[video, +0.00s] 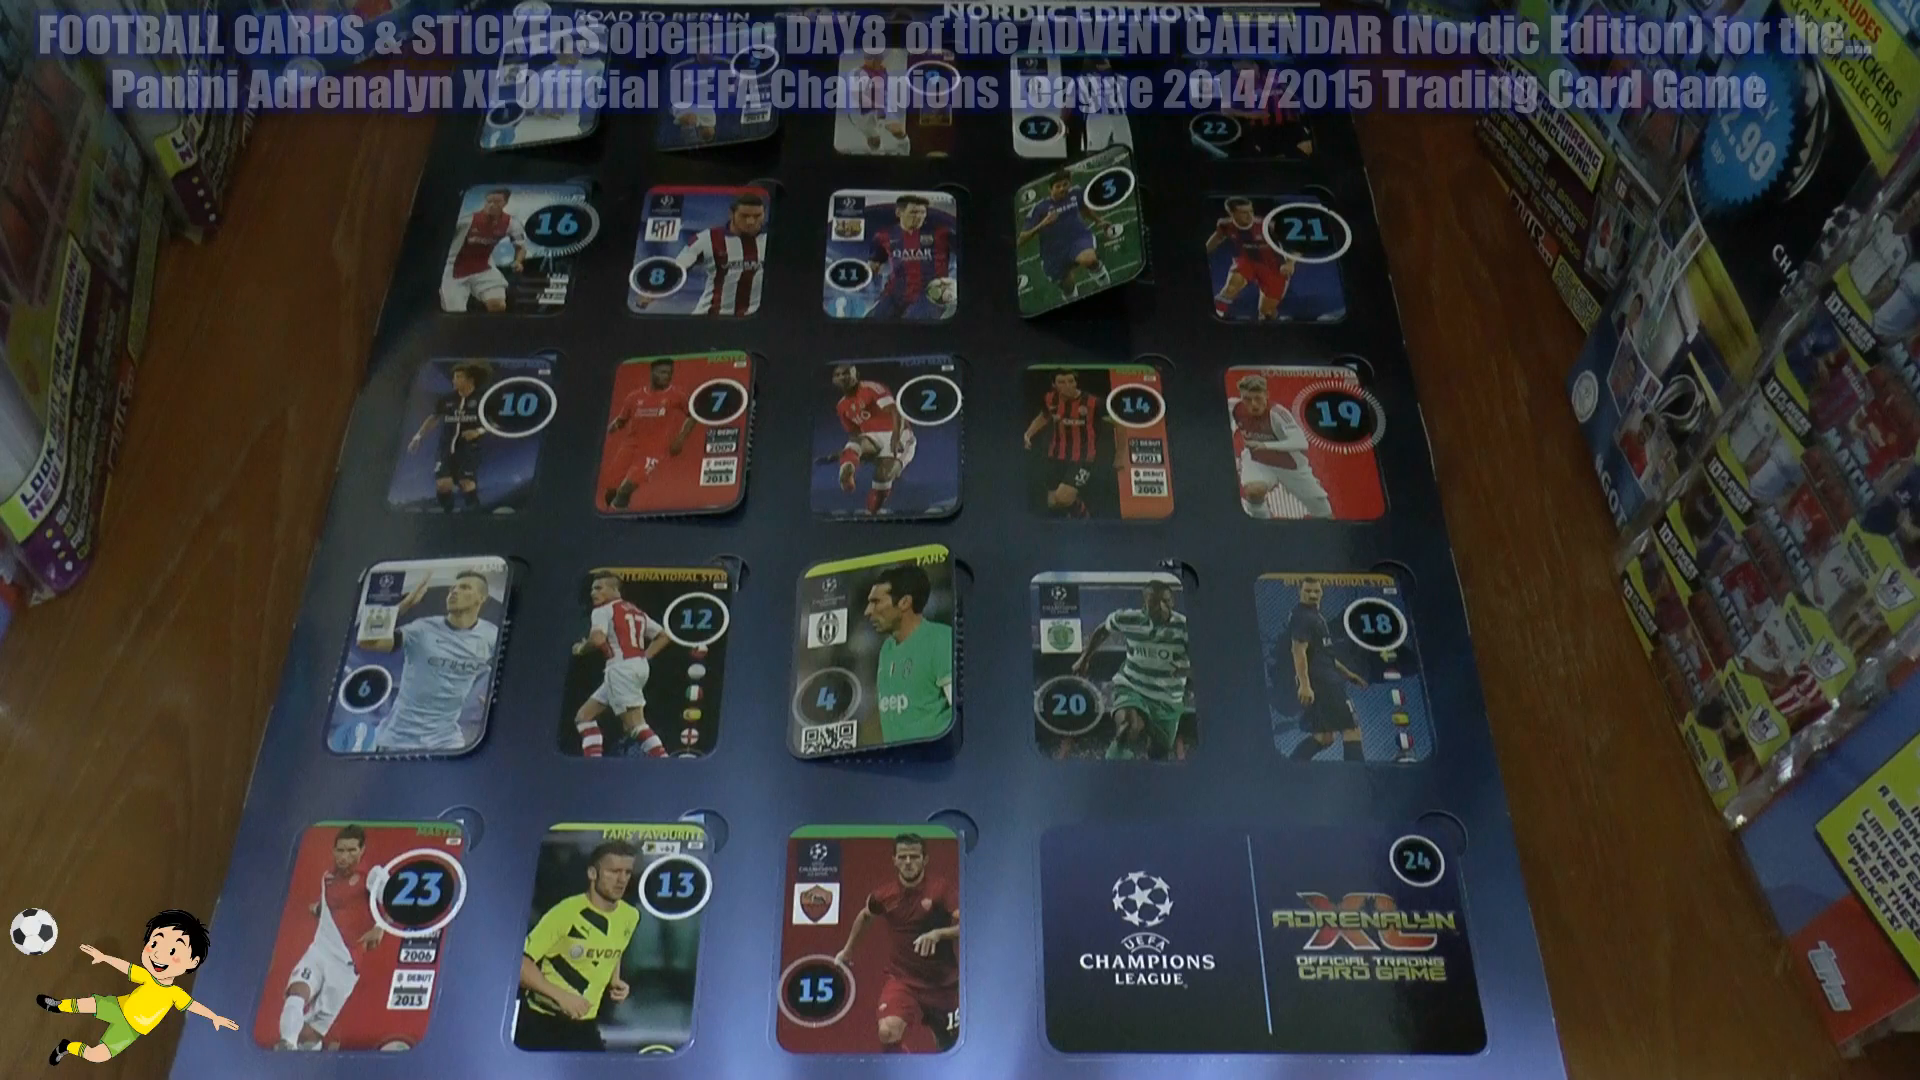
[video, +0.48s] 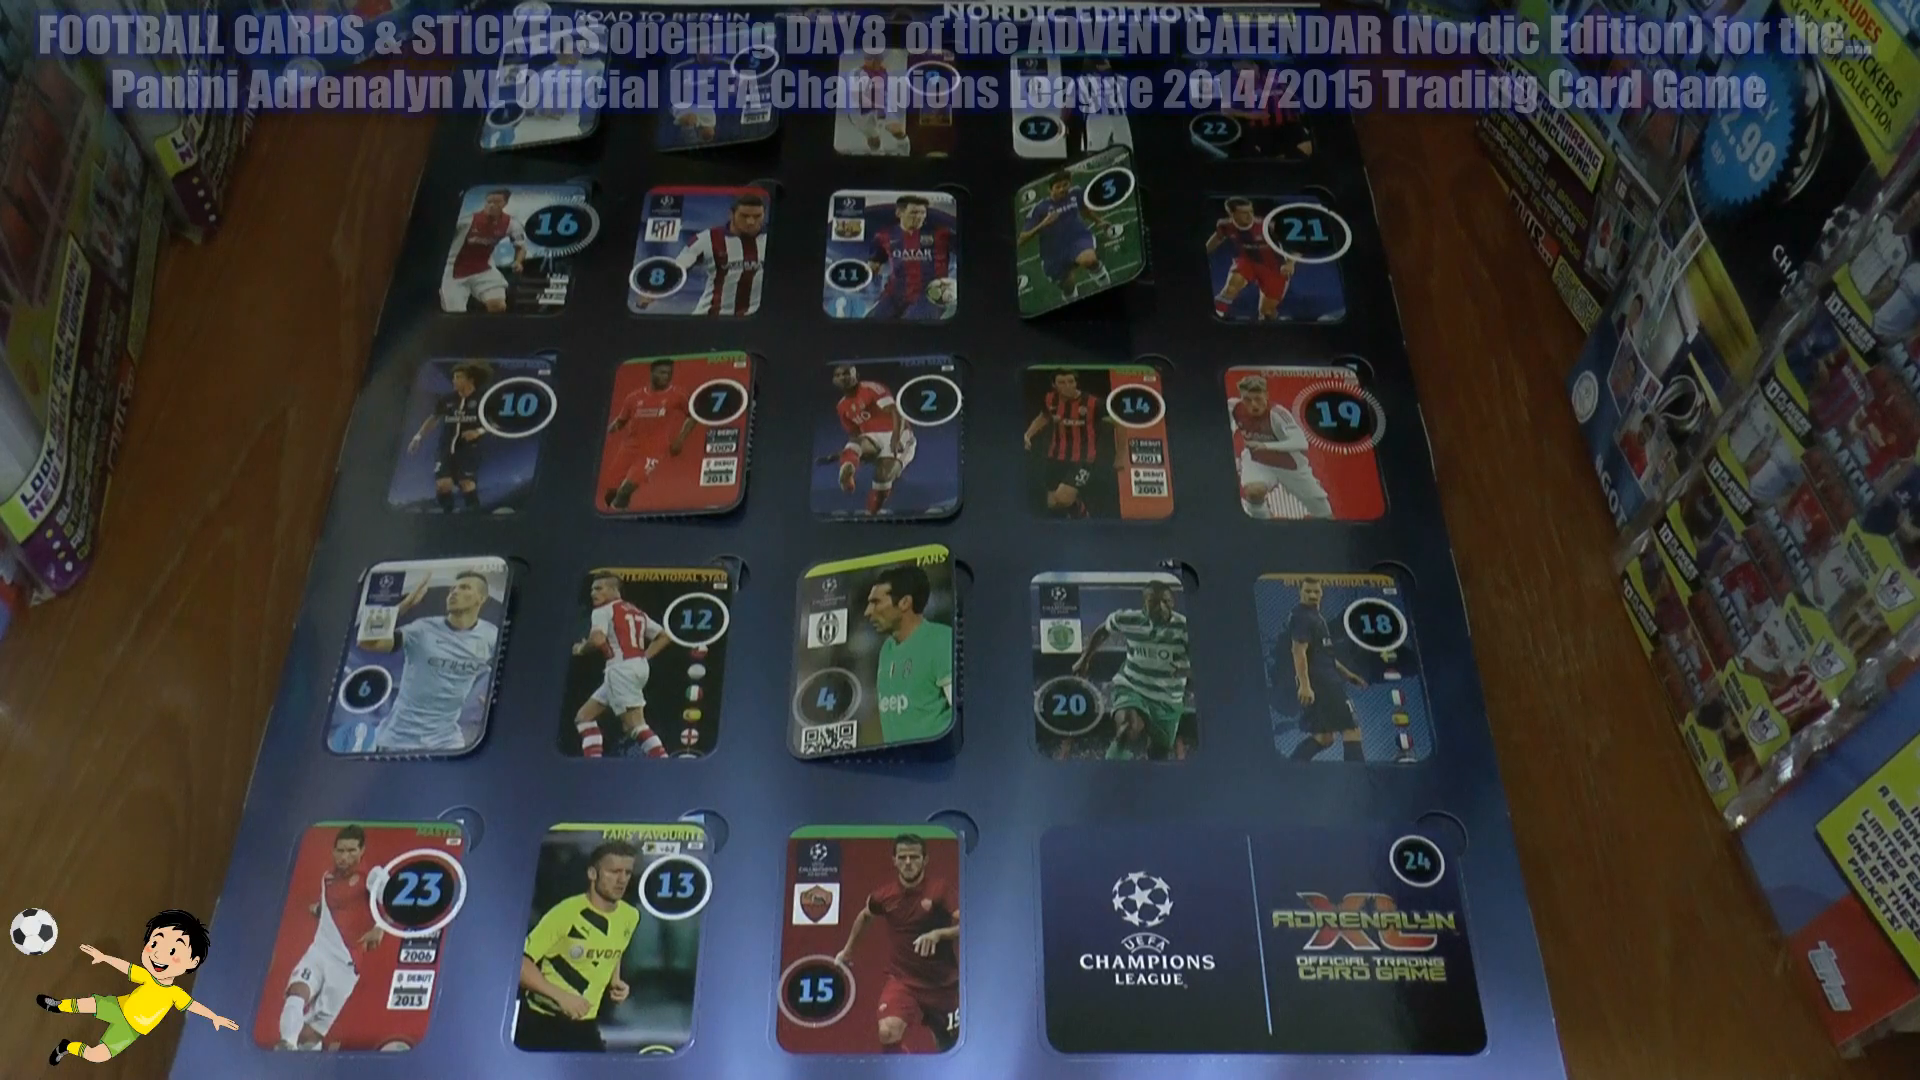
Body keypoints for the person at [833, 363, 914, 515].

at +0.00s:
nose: (843, 378)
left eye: (846, 373)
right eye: (838, 375)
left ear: (855, 374)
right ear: (834, 380)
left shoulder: (872, 388)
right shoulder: (842, 407)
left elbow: (895, 411)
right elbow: (855, 434)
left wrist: (895, 439)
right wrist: (845, 455)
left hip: (896, 434)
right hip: (872, 436)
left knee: (884, 473)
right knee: (854, 444)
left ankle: (871, 515)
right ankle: (847, 476)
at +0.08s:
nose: (843, 378)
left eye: (846, 373)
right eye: (838, 375)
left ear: (855, 375)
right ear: (834, 381)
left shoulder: (872, 389)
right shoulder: (842, 407)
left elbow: (896, 412)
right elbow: (855, 435)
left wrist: (895, 439)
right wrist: (846, 455)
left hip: (895, 434)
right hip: (872, 437)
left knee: (884, 474)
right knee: (854, 444)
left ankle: (871, 515)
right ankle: (847, 476)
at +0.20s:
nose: (843, 378)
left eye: (846, 374)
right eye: (838, 375)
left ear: (854, 375)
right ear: (834, 381)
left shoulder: (872, 389)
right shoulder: (842, 407)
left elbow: (895, 412)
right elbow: (855, 435)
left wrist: (895, 439)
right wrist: (846, 455)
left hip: (895, 434)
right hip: (871, 437)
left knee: (884, 473)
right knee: (854, 445)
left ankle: (871, 515)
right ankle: (847, 477)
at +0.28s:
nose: (843, 378)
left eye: (846, 373)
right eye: (838, 375)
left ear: (855, 375)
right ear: (834, 381)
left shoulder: (872, 388)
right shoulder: (842, 407)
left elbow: (896, 412)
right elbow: (855, 435)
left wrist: (895, 439)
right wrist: (845, 455)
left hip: (896, 434)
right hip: (871, 437)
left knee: (884, 473)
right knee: (854, 445)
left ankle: (871, 515)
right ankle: (847, 477)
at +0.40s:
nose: (843, 378)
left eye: (846, 373)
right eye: (838, 375)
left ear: (854, 375)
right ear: (834, 381)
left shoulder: (872, 388)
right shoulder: (842, 407)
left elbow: (895, 411)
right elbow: (855, 435)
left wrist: (895, 438)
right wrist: (844, 455)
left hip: (896, 434)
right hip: (871, 437)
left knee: (884, 473)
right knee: (854, 445)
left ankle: (871, 515)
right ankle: (847, 476)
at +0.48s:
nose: (843, 378)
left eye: (846, 373)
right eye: (838, 375)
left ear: (854, 375)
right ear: (834, 381)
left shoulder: (872, 388)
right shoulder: (842, 407)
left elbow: (896, 411)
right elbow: (855, 436)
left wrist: (895, 438)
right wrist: (844, 455)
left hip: (896, 434)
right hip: (872, 437)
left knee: (884, 473)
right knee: (854, 445)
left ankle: (871, 516)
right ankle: (847, 476)